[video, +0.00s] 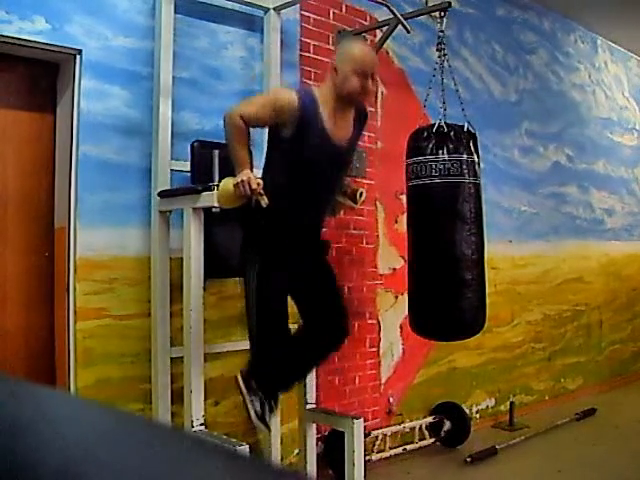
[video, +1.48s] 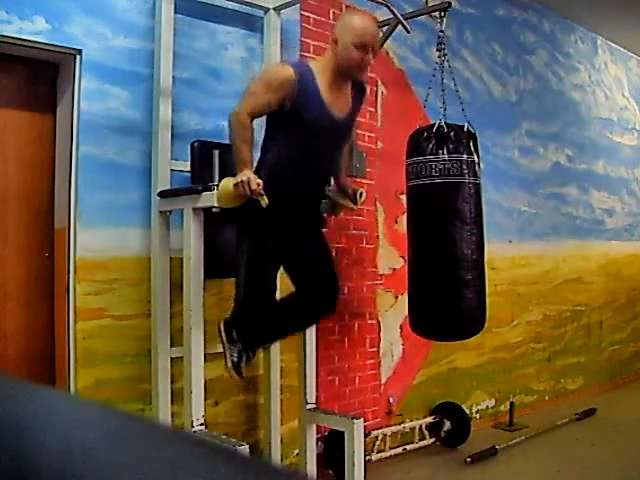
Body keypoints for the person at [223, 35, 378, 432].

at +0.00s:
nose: (367, 87)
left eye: (371, 78)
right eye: (361, 76)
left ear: (370, 79)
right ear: (336, 70)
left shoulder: (356, 116)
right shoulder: (293, 103)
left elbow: (322, 163)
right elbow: (235, 117)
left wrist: (340, 186)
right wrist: (245, 170)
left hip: (307, 239)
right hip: (266, 234)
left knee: (331, 326)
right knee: (268, 331)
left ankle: (263, 382)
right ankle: (262, 388)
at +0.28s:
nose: (362, 36)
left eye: (368, 29)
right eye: (355, 26)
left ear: (371, 32)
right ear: (329, 20)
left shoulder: (350, 69)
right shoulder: (284, 59)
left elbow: (340, 130)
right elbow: (247, 111)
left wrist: (341, 181)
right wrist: (244, 168)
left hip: (313, 194)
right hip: (272, 190)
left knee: (325, 286)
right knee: (260, 276)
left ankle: (244, 318)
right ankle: (248, 330)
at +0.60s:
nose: (368, 116)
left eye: (373, 107)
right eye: (363, 105)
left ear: (372, 106)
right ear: (337, 96)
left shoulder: (351, 138)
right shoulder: (293, 117)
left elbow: (312, 172)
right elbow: (236, 119)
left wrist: (336, 190)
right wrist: (243, 171)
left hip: (297, 248)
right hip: (259, 243)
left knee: (322, 329)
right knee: (260, 337)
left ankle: (257, 391)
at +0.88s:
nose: (371, 140)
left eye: (375, 131)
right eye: (364, 129)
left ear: (376, 130)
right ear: (338, 121)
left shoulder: (351, 159)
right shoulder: (297, 139)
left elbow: (316, 189)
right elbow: (241, 118)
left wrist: (340, 196)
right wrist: (243, 171)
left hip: (298, 266)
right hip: (258, 264)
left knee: (327, 350)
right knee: (268, 357)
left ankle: (263, 417)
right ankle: (270, 431)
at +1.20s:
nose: (364, 31)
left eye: (369, 24)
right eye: (356, 20)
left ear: (373, 27)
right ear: (331, 15)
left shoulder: (354, 65)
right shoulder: (288, 57)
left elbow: (342, 127)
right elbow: (250, 108)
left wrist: (341, 179)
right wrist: (246, 167)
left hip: (314, 191)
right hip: (274, 187)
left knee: (326, 284)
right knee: (263, 277)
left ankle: (247, 322)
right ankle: (249, 331)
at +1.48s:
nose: (368, 59)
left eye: (373, 51)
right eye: (361, 48)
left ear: (375, 52)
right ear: (335, 43)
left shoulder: (357, 91)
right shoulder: (288, 78)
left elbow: (341, 136)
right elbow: (241, 115)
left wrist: (342, 178)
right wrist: (244, 170)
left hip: (305, 211)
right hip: (266, 206)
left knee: (321, 297)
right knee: (256, 296)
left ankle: (243, 332)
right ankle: (243, 339)